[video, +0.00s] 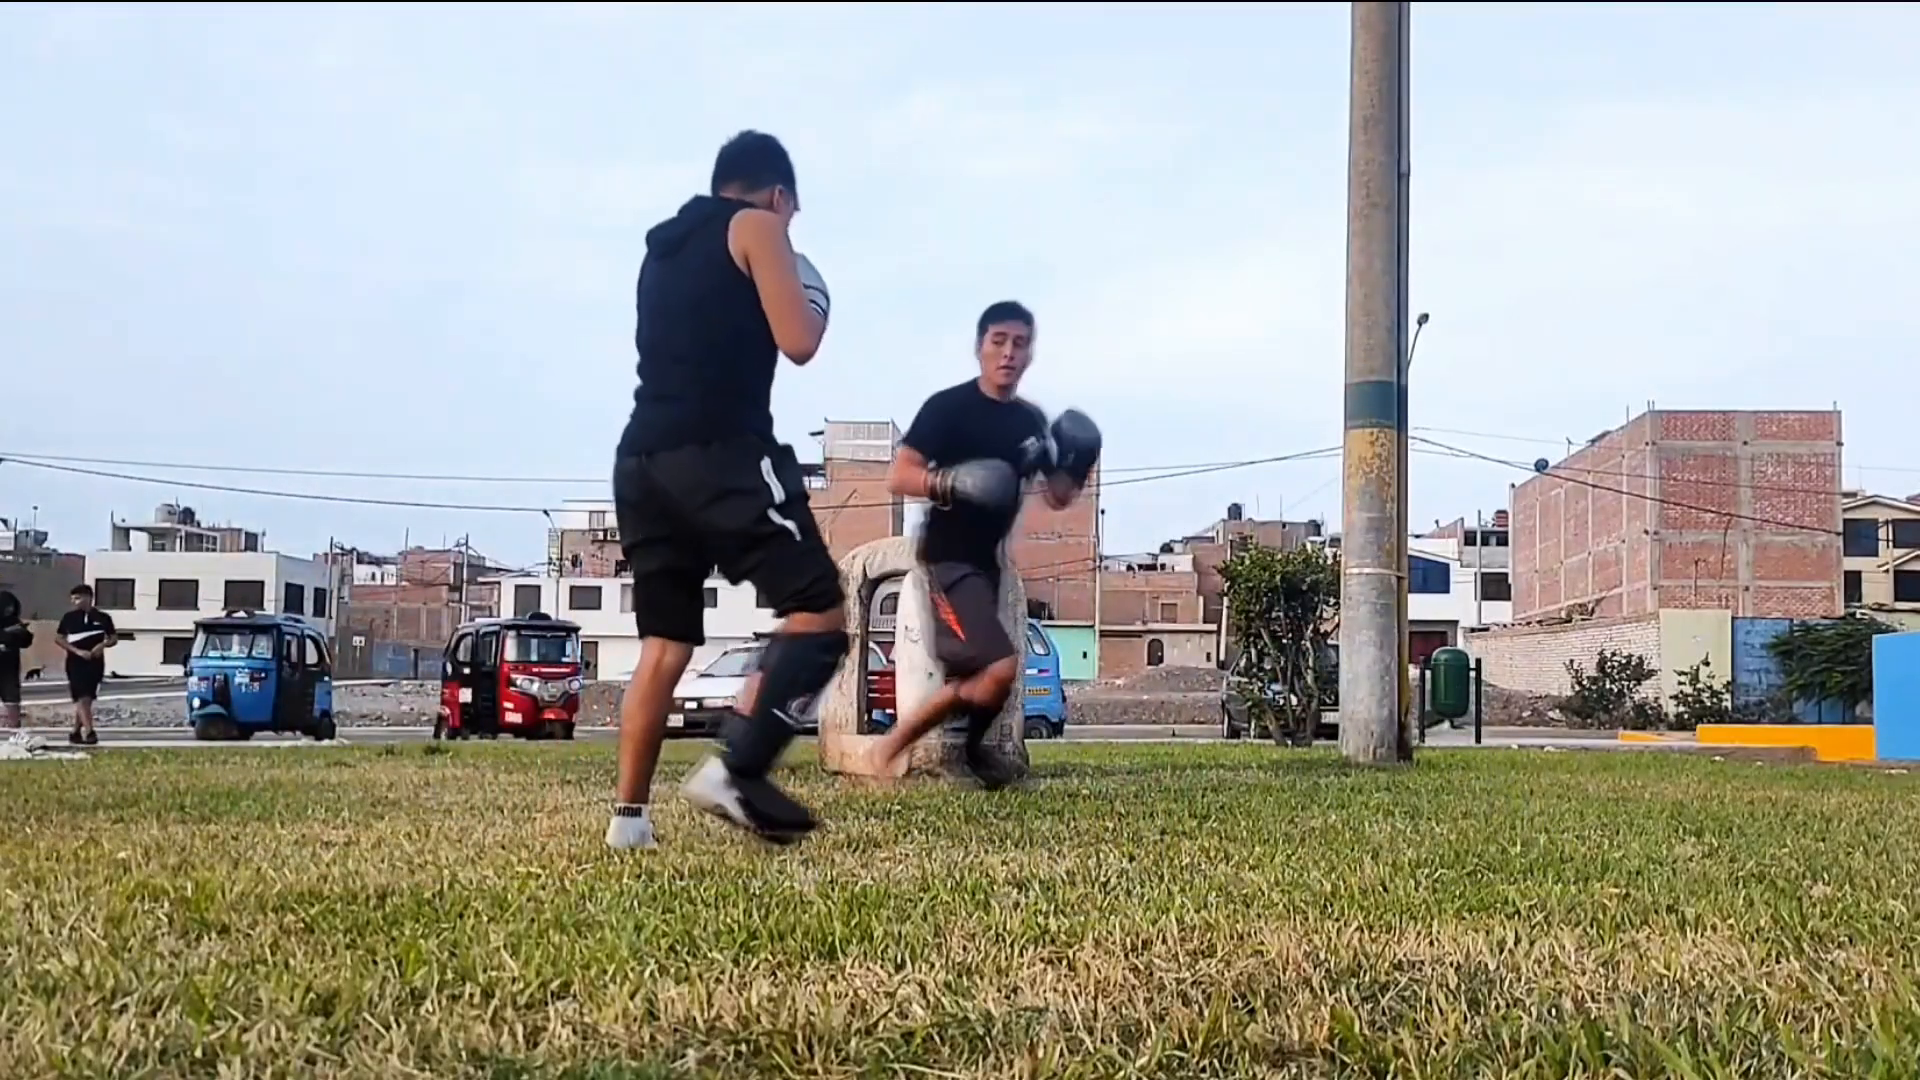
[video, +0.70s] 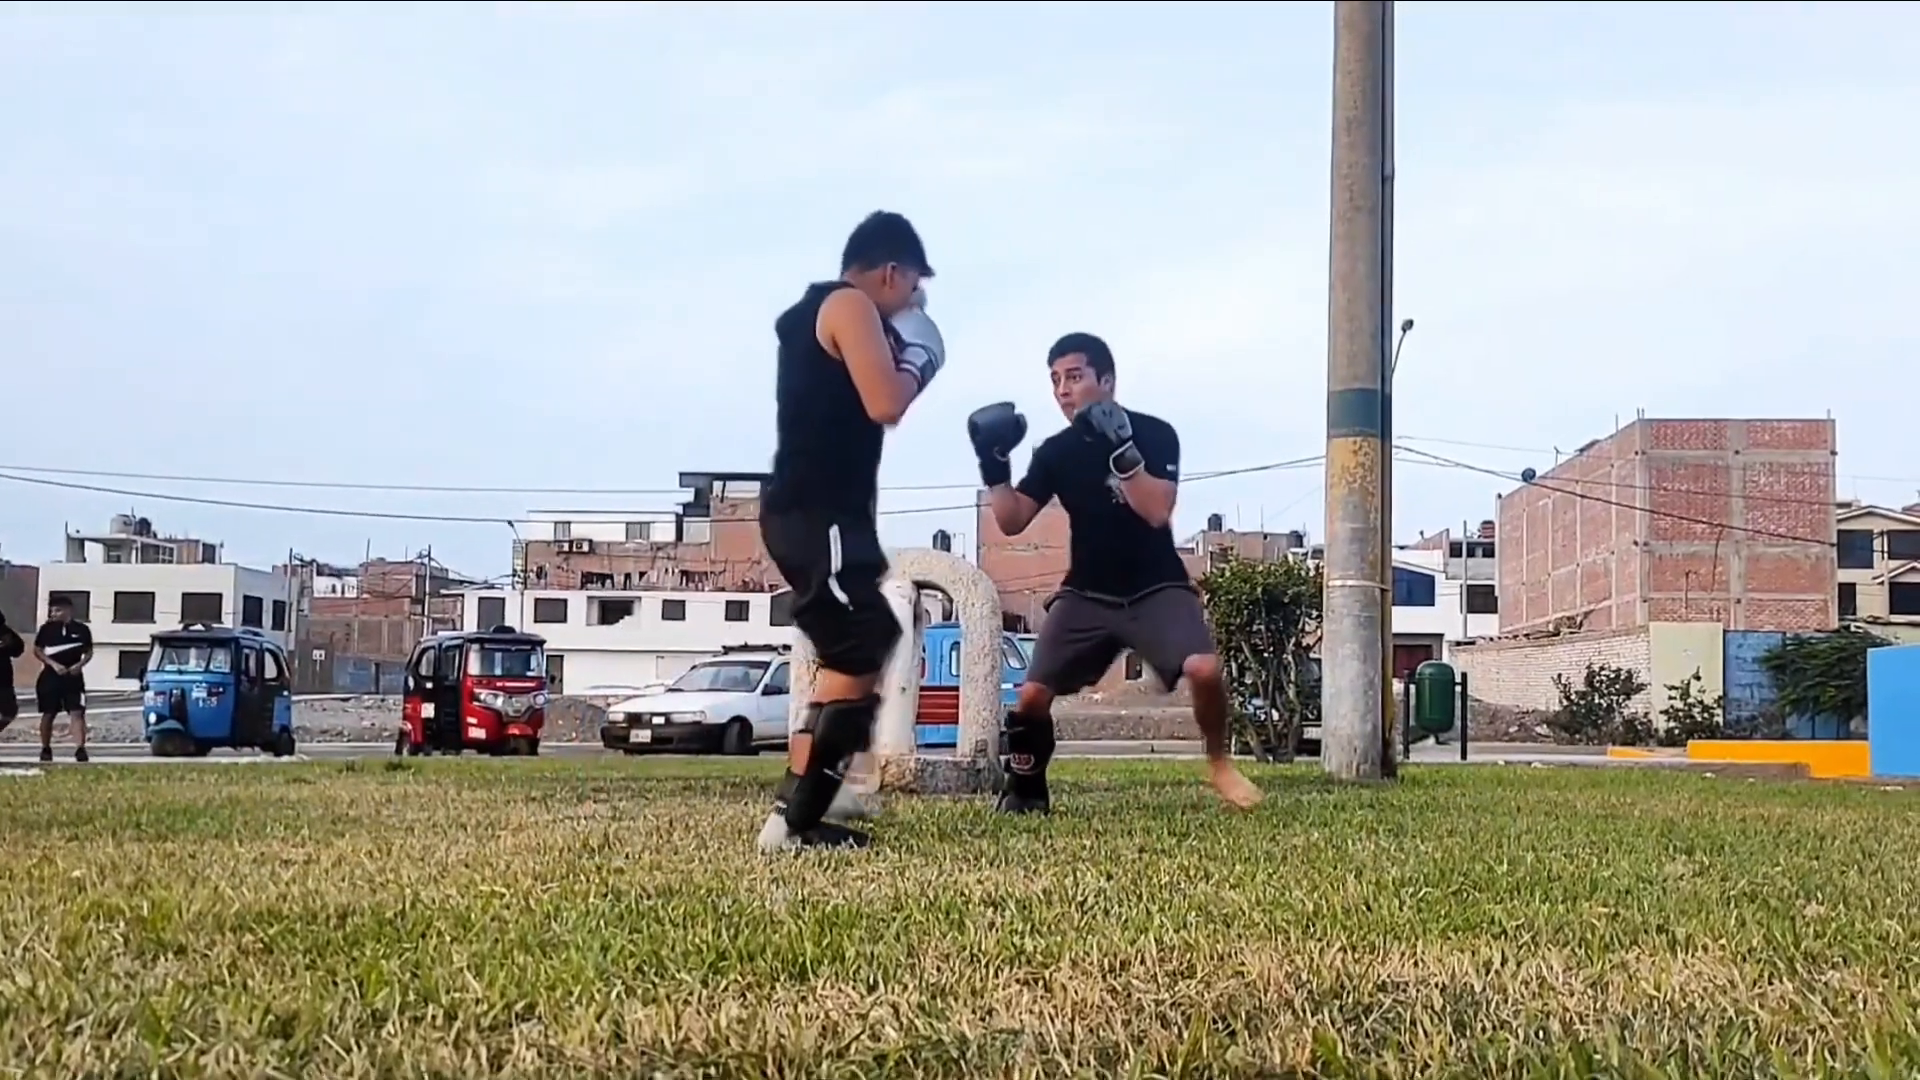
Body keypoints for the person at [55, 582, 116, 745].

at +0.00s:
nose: (75, 602)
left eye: (78, 598)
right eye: (73, 598)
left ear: (89, 599)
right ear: (72, 600)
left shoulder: (103, 618)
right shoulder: (69, 617)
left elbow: (113, 639)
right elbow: (59, 638)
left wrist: (101, 646)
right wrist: (77, 651)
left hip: (94, 659)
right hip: (75, 660)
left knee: (86, 696)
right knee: (82, 696)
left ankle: (77, 729)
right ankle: (89, 731)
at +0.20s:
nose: (77, 600)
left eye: (79, 596)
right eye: (75, 597)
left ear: (91, 594)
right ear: (76, 598)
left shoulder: (108, 614)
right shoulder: (74, 616)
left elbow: (120, 633)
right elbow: (66, 637)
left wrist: (109, 642)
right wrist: (86, 647)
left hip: (103, 660)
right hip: (84, 661)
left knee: (106, 696)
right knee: (87, 697)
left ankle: (86, 721)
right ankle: (90, 730)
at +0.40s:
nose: (83, 600)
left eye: (86, 596)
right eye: (81, 597)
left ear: (97, 595)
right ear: (81, 597)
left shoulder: (113, 613)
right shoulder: (79, 614)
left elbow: (124, 634)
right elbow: (72, 636)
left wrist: (112, 646)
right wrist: (91, 647)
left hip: (108, 660)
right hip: (88, 661)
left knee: (116, 693)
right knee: (89, 697)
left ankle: (108, 725)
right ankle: (91, 731)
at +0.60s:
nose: (80, 605)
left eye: (83, 601)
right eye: (79, 602)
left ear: (93, 600)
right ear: (78, 601)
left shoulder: (109, 619)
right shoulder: (73, 620)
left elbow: (117, 641)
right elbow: (66, 640)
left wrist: (108, 654)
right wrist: (83, 654)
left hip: (101, 664)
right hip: (80, 665)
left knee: (107, 700)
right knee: (79, 702)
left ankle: (113, 734)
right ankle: (78, 736)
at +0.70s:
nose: (53, 614)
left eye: (57, 610)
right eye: (52, 610)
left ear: (68, 610)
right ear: (50, 612)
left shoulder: (82, 629)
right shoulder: (47, 628)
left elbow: (88, 652)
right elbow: (37, 650)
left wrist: (80, 665)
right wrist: (53, 664)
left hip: (73, 675)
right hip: (52, 675)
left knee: (77, 712)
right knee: (49, 713)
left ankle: (80, 747)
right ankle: (46, 748)